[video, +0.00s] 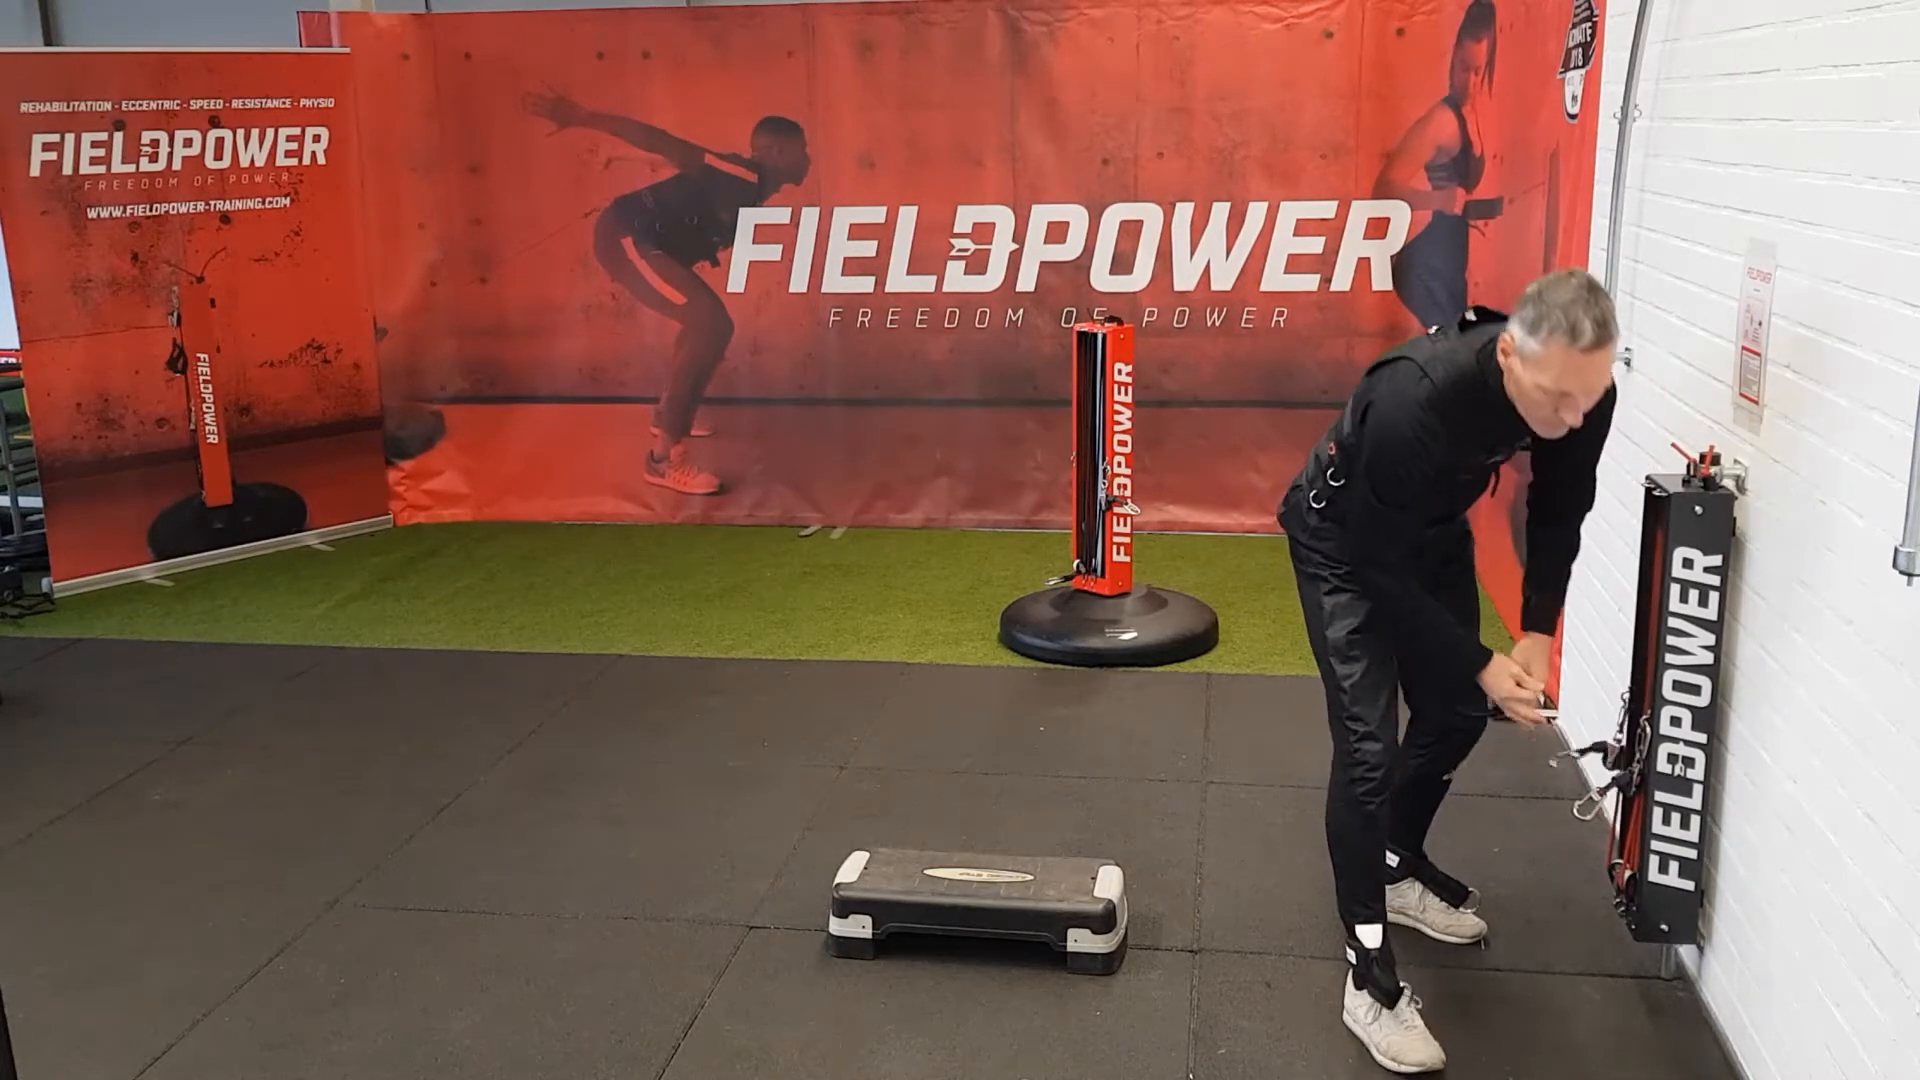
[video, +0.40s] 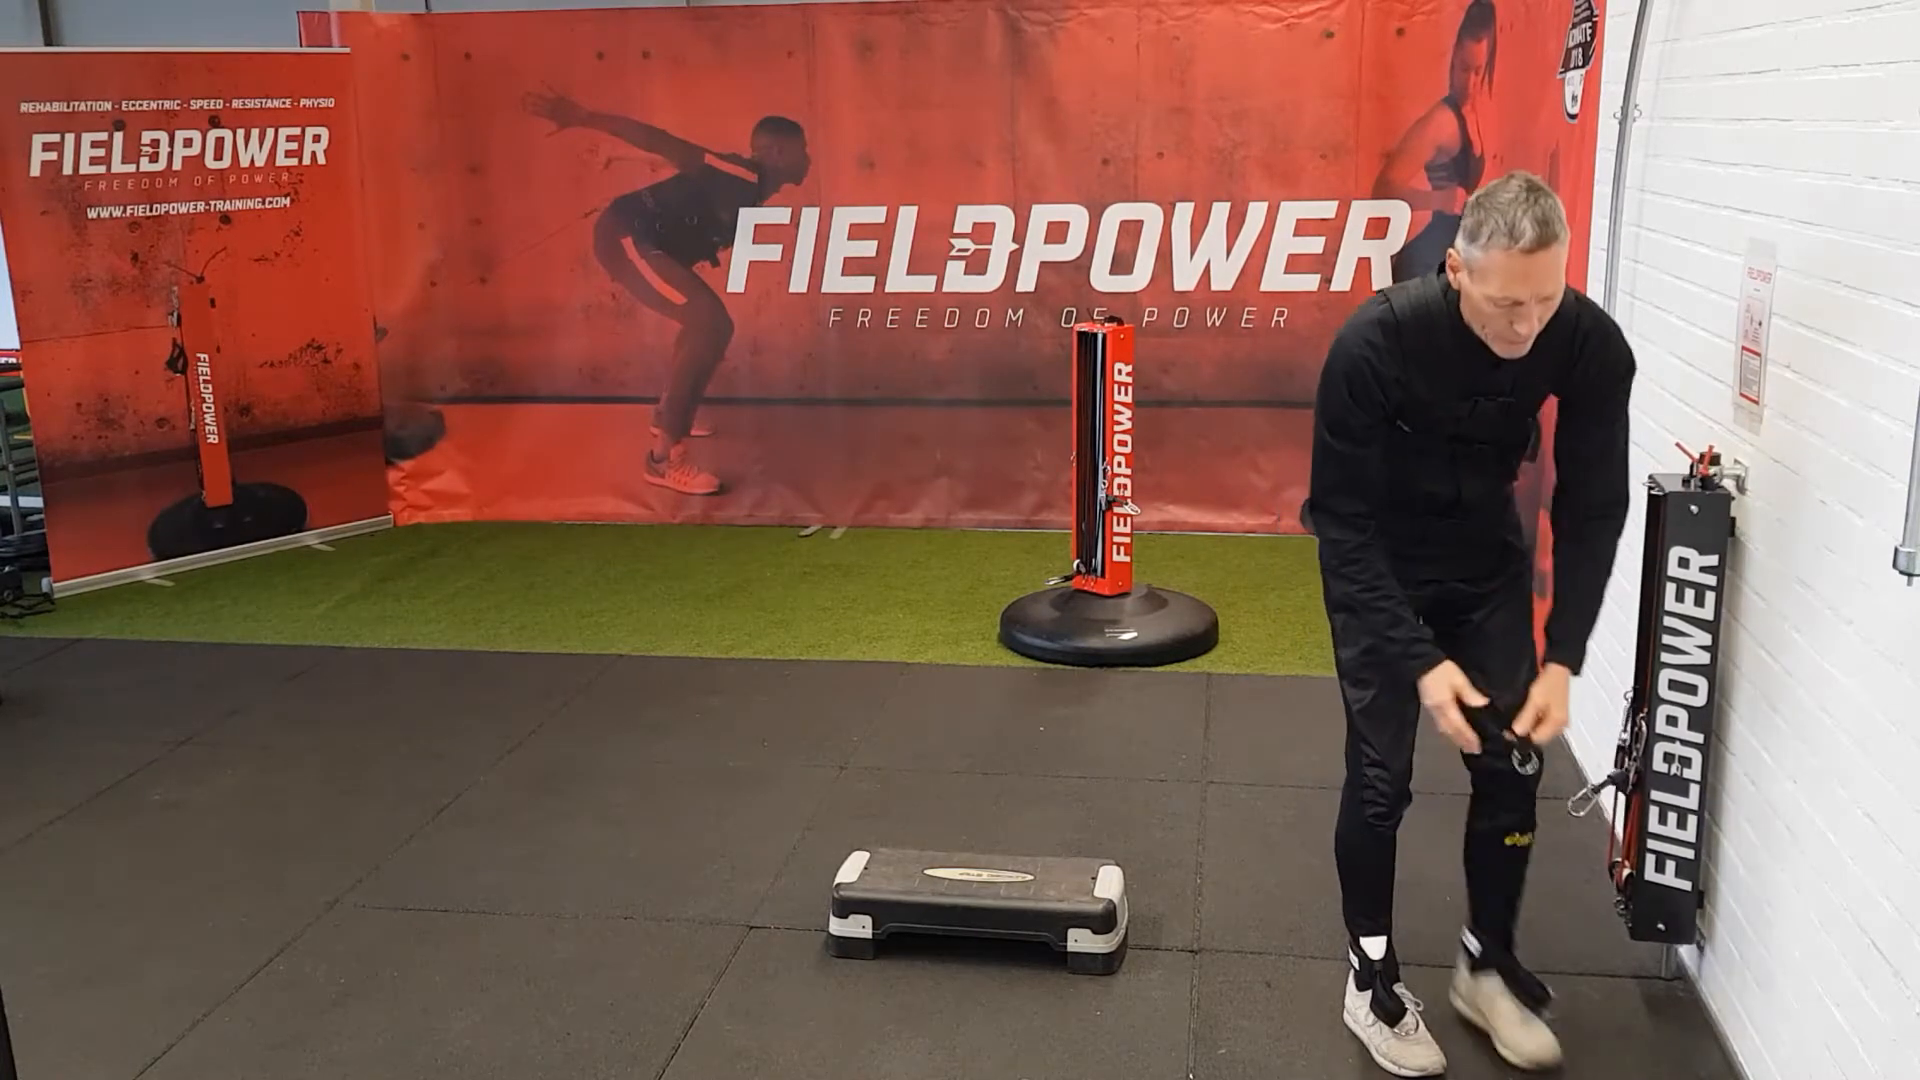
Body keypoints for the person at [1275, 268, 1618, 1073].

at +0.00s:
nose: (1574, 416)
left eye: (1589, 397)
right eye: (1557, 395)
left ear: (1605, 365)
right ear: (1510, 354)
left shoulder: (1589, 387)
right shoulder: (1418, 402)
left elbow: (1559, 503)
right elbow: (1382, 560)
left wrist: (1538, 628)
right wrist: (1480, 667)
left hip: (1436, 531)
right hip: (1343, 536)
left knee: (1454, 716)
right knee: (1369, 752)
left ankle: (1395, 866)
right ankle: (1370, 976)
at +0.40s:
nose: (1527, 323)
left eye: (1544, 300)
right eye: (1506, 303)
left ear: (1565, 271)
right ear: (1458, 269)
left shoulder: (1587, 344)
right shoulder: (1377, 346)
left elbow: (1593, 505)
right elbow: (1343, 524)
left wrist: (1562, 660)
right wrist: (1422, 660)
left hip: (1489, 562)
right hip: (1378, 567)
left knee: (1515, 761)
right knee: (1383, 779)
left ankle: (1487, 968)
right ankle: (1372, 977)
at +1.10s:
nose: (1408, 269)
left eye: (1429, 251)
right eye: (1400, 246)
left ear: (1503, 227)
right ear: (1393, 223)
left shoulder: (1592, 322)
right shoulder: (1385, 288)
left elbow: (1676, 525)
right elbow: (1347, 419)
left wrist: (1660, 706)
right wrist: (1329, 549)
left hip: (1529, 580)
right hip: (1404, 554)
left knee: (1533, 817)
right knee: (1343, 732)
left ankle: (1515, 1036)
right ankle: (1326, 900)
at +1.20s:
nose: (1365, 254)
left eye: (1383, 236)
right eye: (1360, 232)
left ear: (1457, 214)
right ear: (1360, 216)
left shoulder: (1563, 313)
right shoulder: (1365, 286)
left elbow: (1638, 514)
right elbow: (1340, 426)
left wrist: (1627, 690)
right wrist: (1324, 550)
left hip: (1514, 575)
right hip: (1389, 551)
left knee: (1522, 812)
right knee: (1326, 727)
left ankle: (1515, 1034)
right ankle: (1301, 894)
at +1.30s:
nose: (1327, 246)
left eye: (1341, 225)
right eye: (1321, 225)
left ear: (1416, 203)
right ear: (1330, 207)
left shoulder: (1527, 309)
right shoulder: (1337, 287)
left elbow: (1590, 504)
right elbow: (1318, 428)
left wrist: (1583, 674)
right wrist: (1305, 552)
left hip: (1492, 576)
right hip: (1370, 554)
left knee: (1508, 810)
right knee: (1310, 734)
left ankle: (1512, 1036)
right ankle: (1289, 894)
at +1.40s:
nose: (1290, 238)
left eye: (1301, 216)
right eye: (1281, 218)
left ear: (1370, 190)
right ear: (1301, 203)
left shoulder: (1480, 296)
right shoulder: (1302, 284)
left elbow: (1540, 480)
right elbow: (1289, 428)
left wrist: (1541, 647)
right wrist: (1279, 551)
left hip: (1460, 571)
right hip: (1342, 553)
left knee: (1488, 803)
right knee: (1292, 732)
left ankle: (1512, 1035)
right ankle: (1295, 899)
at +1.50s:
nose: (1247, 232)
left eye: (1259, 211)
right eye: (1238, 211)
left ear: (1322, 180)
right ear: (1251, 192)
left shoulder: (1434, 282)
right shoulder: (1269, 277)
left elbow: (1497, 461)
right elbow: (1259, 424)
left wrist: (1492, 619)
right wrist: (1250, 548)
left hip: (1423, 558)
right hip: (1311, 544)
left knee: (1459, 786)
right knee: (1274, 726)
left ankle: (1508, 1027)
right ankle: (1292, 900)